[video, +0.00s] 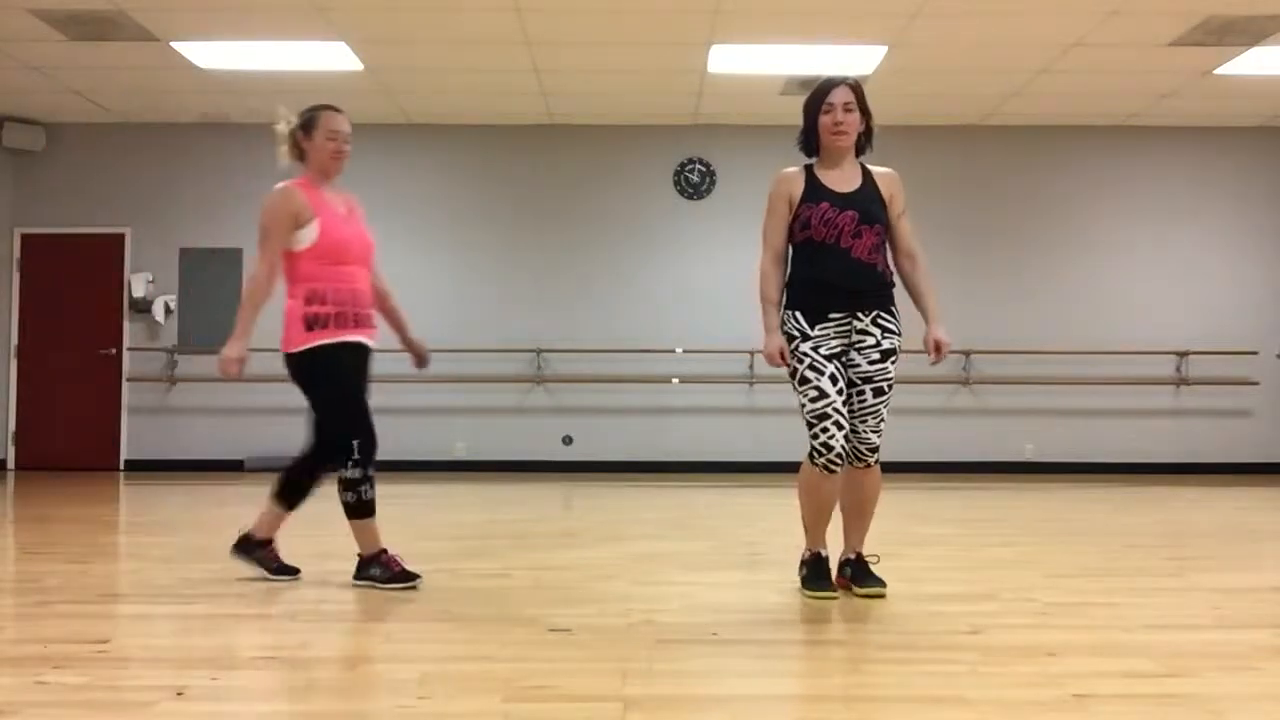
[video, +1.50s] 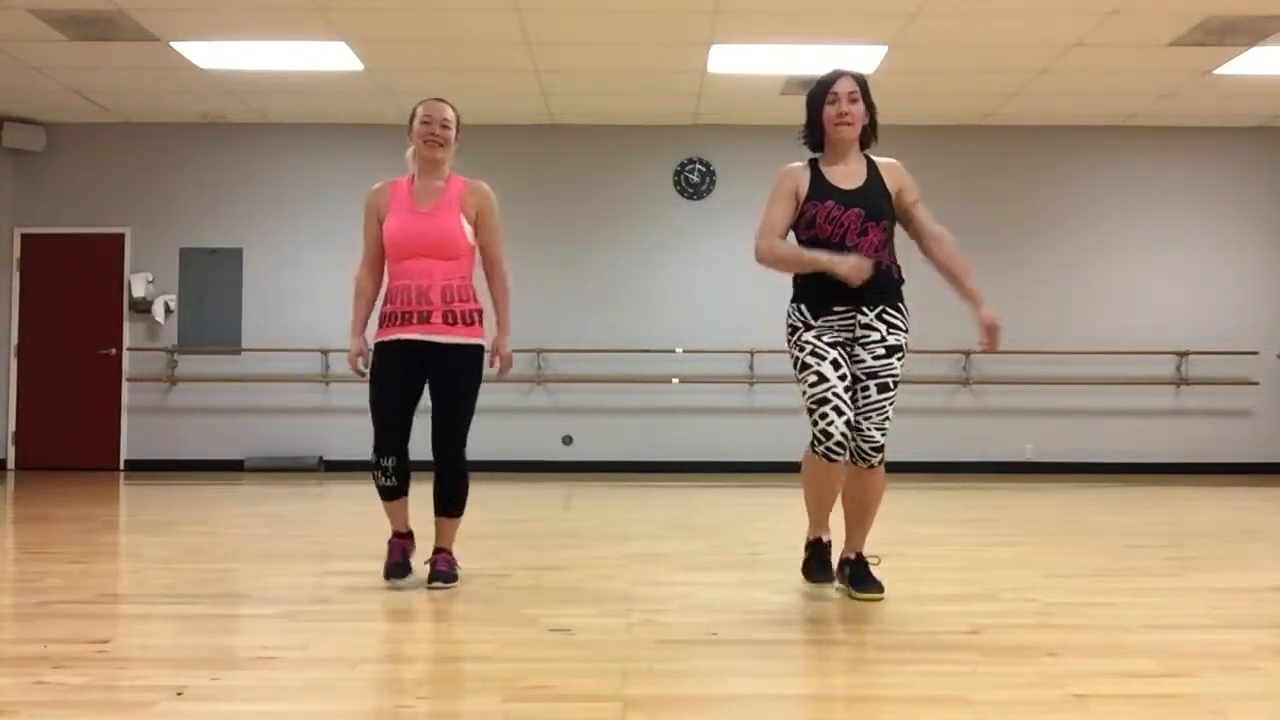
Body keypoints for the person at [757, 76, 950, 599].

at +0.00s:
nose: (840, 118)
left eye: (849, 109)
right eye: (829, 110)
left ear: (864, 120)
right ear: (813, 120)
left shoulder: (885, 183)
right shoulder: (791, 183)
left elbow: (908, 258)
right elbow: (773, 259)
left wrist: (932, 321)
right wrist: (771, 328)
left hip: (875, 326)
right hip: (810, 327)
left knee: (865, 444)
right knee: (830, 441)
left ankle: (854, 558)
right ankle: (814, 556)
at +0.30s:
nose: (837, 111)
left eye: (847, 102)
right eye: (826, 103)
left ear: (862, 114)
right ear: (811, 116)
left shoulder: (884, 177)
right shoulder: (790, 177)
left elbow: (900, 257)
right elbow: (765, 254)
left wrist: (912, 323)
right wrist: (757, 317)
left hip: (873, 320)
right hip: (806, 320)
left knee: (871, 437)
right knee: (819, 438)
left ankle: (853, 542)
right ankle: (813, 555)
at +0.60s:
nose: (843, 107)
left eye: (851, 99)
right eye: (832, 100)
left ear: (867, 112)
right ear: (816, 115)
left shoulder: (891, 175)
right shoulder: (794, 179)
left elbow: (914, 248)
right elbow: (776, 254)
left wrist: (935, 315)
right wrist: (773, 320)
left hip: (880, 322)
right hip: (814, 321)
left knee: (868, 440)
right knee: (832, 433)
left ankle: (852, 558)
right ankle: (814, 535)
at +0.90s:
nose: (839, 112)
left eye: (848, 103)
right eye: (828, 104)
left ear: (863, 115)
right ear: (812, 116)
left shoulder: (884, 180)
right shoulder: (789, 180)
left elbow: (902, 258)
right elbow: (769, 257)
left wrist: (923, 321)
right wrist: (774, 324)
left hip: (874, 324)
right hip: (808, 324)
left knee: (867, 445)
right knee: (826, 442)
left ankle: (851, 558)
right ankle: (812, 559)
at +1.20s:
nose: (840, 110)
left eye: (849, 102)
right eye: (829, 103)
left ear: (863, 114)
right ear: (813, 116)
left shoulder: (886, 177)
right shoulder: (791, 178)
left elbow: (902, 258)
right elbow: (765, 254)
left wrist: (919, 325)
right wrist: (777, 318)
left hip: (874, 321)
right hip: (808, 322)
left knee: (869, 440)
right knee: (820, 440)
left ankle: (856, 550)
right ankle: (812, 559)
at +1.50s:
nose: (845, 108)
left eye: (854, 100)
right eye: (835, 101)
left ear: (869, 112)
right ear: (817, 114)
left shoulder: (891, 174)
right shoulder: (796, 177)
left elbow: (935, 241)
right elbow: (766, 249)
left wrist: (979, 304)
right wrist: (831, 260)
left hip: (881, 318)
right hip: (817, 319)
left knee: (870, 438)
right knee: (832, 431)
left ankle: (854, 556)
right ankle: (818, 539)